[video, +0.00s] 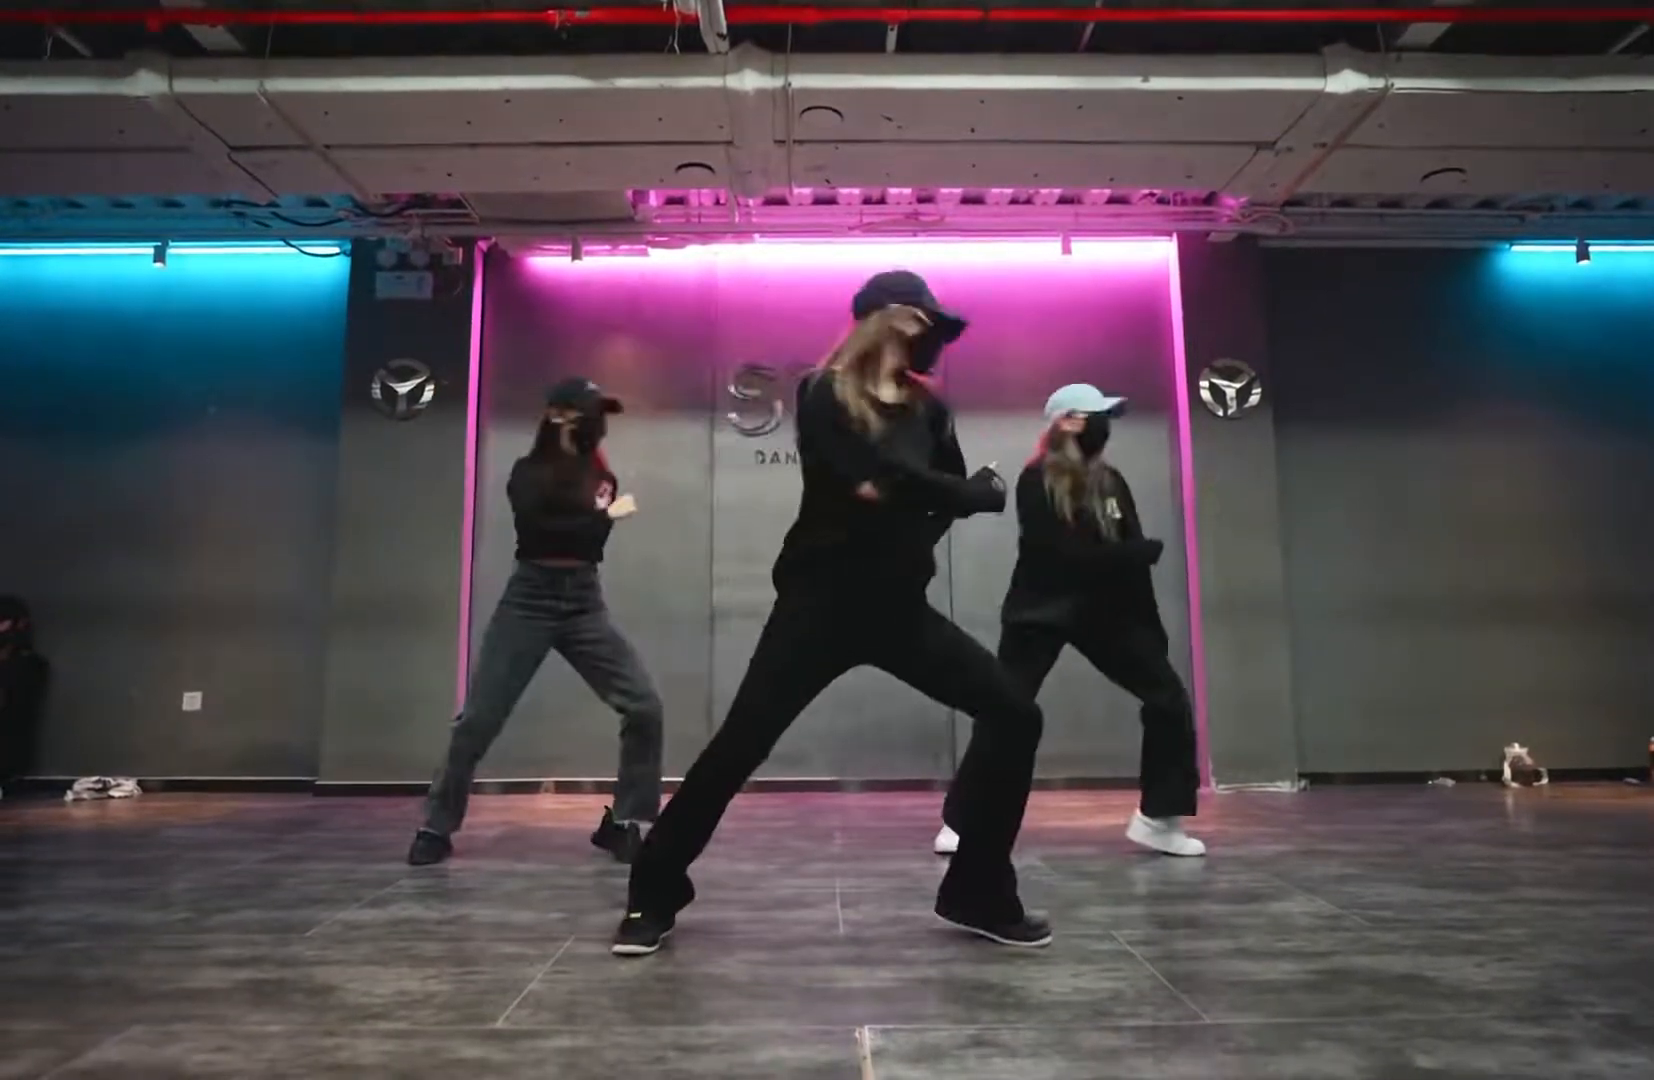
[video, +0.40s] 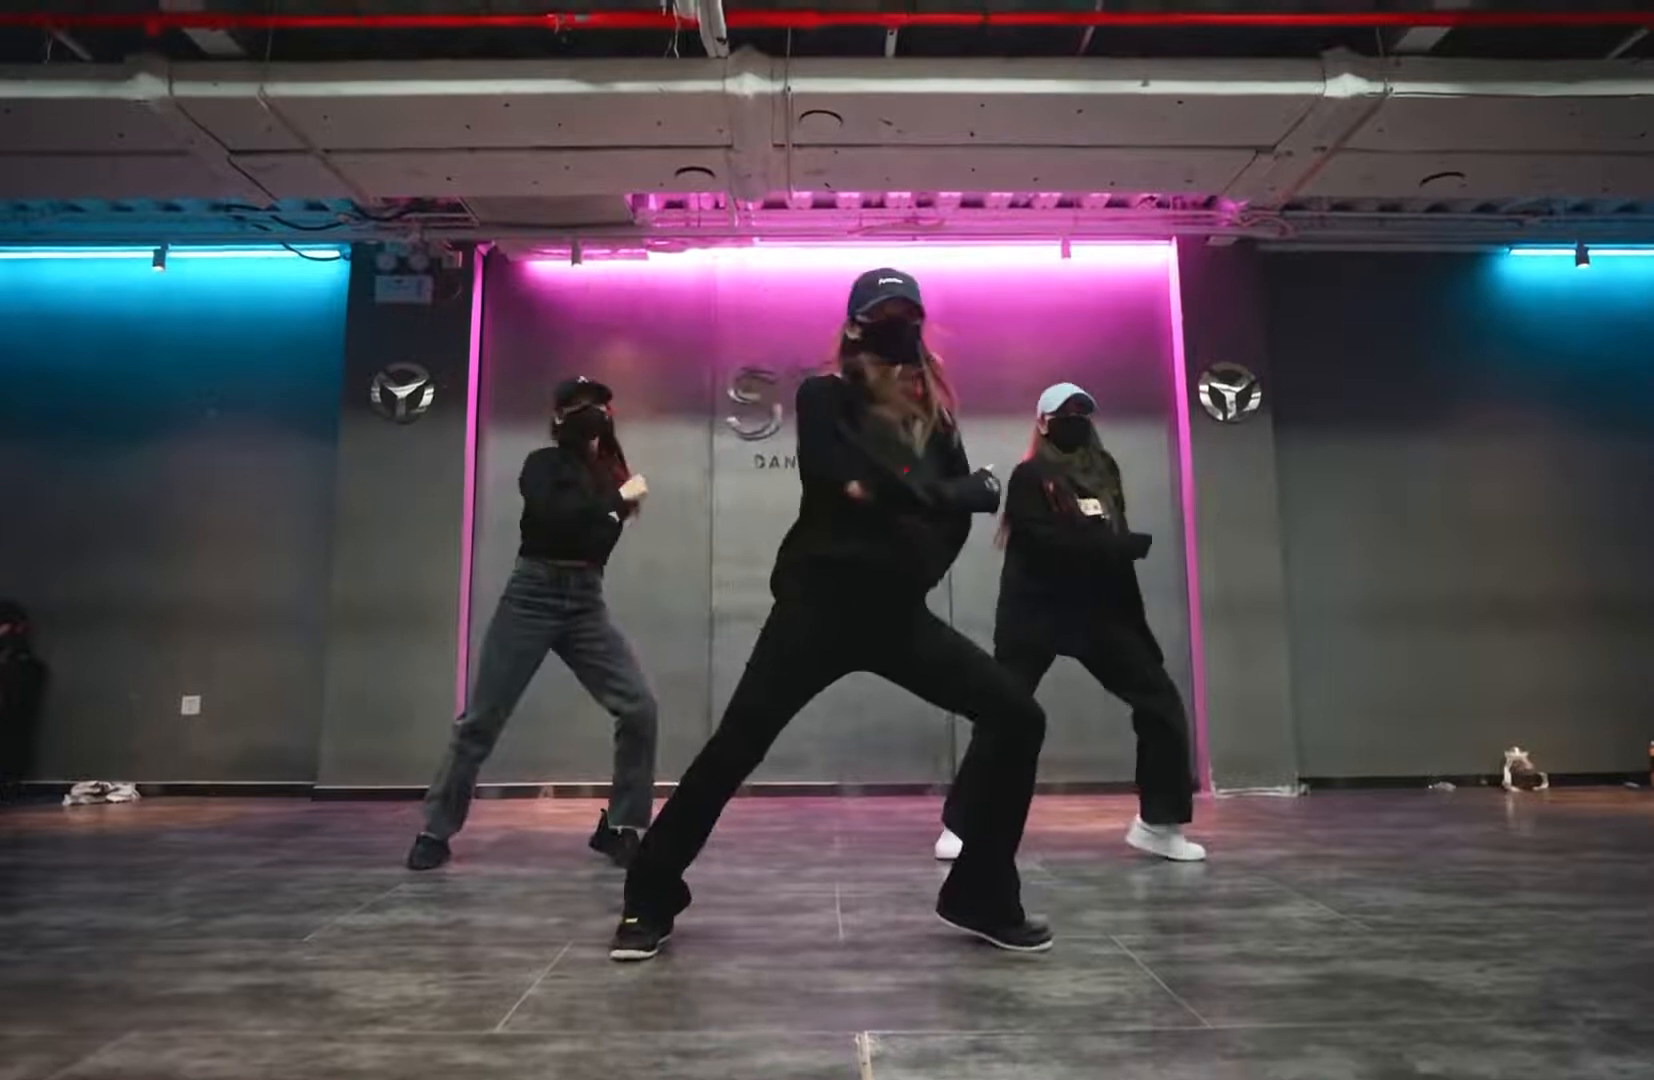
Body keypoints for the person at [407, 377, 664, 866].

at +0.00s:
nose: (591, 429)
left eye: (593, 421)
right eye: (583, 419)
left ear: (592, 424)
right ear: (557, 418)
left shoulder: (600, 476)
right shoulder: (529, 470)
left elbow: (593, 535)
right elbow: (536, 525)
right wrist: (602, 516)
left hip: (583, 607)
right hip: (528, 604)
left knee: (644, 707)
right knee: (479, 719)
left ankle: (624, 823)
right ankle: (435, 830)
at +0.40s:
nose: (592, 416)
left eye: (597, 407)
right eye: (580, 408)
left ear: (607, 414)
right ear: (560, 416)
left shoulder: (609, 472)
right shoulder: (543, 463)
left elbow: (597, 535)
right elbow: (554, 517)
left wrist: (616, 513)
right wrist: (618, 501)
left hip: (584, 604)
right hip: (530, 600)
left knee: (639, 708)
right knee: (481, 721)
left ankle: (621, 827)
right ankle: (434, 834)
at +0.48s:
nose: (579, 413)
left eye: (588, 405)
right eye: (570, 406)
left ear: (603, 414)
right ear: (554, 415)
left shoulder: (611, 473)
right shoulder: (538, 462)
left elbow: (606, 540)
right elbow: (549, 515)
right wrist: (615, 496)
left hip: (584, 604)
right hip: (529, 598)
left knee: (636, 708)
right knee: (479, 721)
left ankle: (620, 828)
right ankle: (434, 835)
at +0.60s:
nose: (573, 413)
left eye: (582, 404)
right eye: (564, 405)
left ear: (598, 413)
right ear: (549, 414)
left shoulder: (610, 468)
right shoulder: (532, 463)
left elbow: (612, 547)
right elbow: (532, 538)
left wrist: (614, 619)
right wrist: (584, 548)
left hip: (585, 605)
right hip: (528, 601)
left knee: (632, 710)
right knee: (478, 722)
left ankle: (619, 831)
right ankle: (433, 837)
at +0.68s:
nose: (577, 418)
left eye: (585, 409)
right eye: (567, 409)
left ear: (600, 416)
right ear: (551, 416)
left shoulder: (613, 482)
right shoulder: (529, 471)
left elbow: (627, 560)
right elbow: (503, 541)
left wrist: (669, 611)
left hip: (586, 605)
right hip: (526, 603)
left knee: (629, 716)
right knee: (477, 724)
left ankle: (620, 834)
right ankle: (433, 837)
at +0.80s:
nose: (571, 441)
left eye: (579, 430)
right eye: (560, 430)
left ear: (595, 425)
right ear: (546, 427)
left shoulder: (613, 480)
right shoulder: (528, 472)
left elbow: (663, 528)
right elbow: (469, 520)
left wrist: (692, 507)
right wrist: (422, 482)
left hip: (588, 610)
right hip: (530, 608)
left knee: (608, 726)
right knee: (498, 734)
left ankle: (646, 849)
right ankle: (428, 831)